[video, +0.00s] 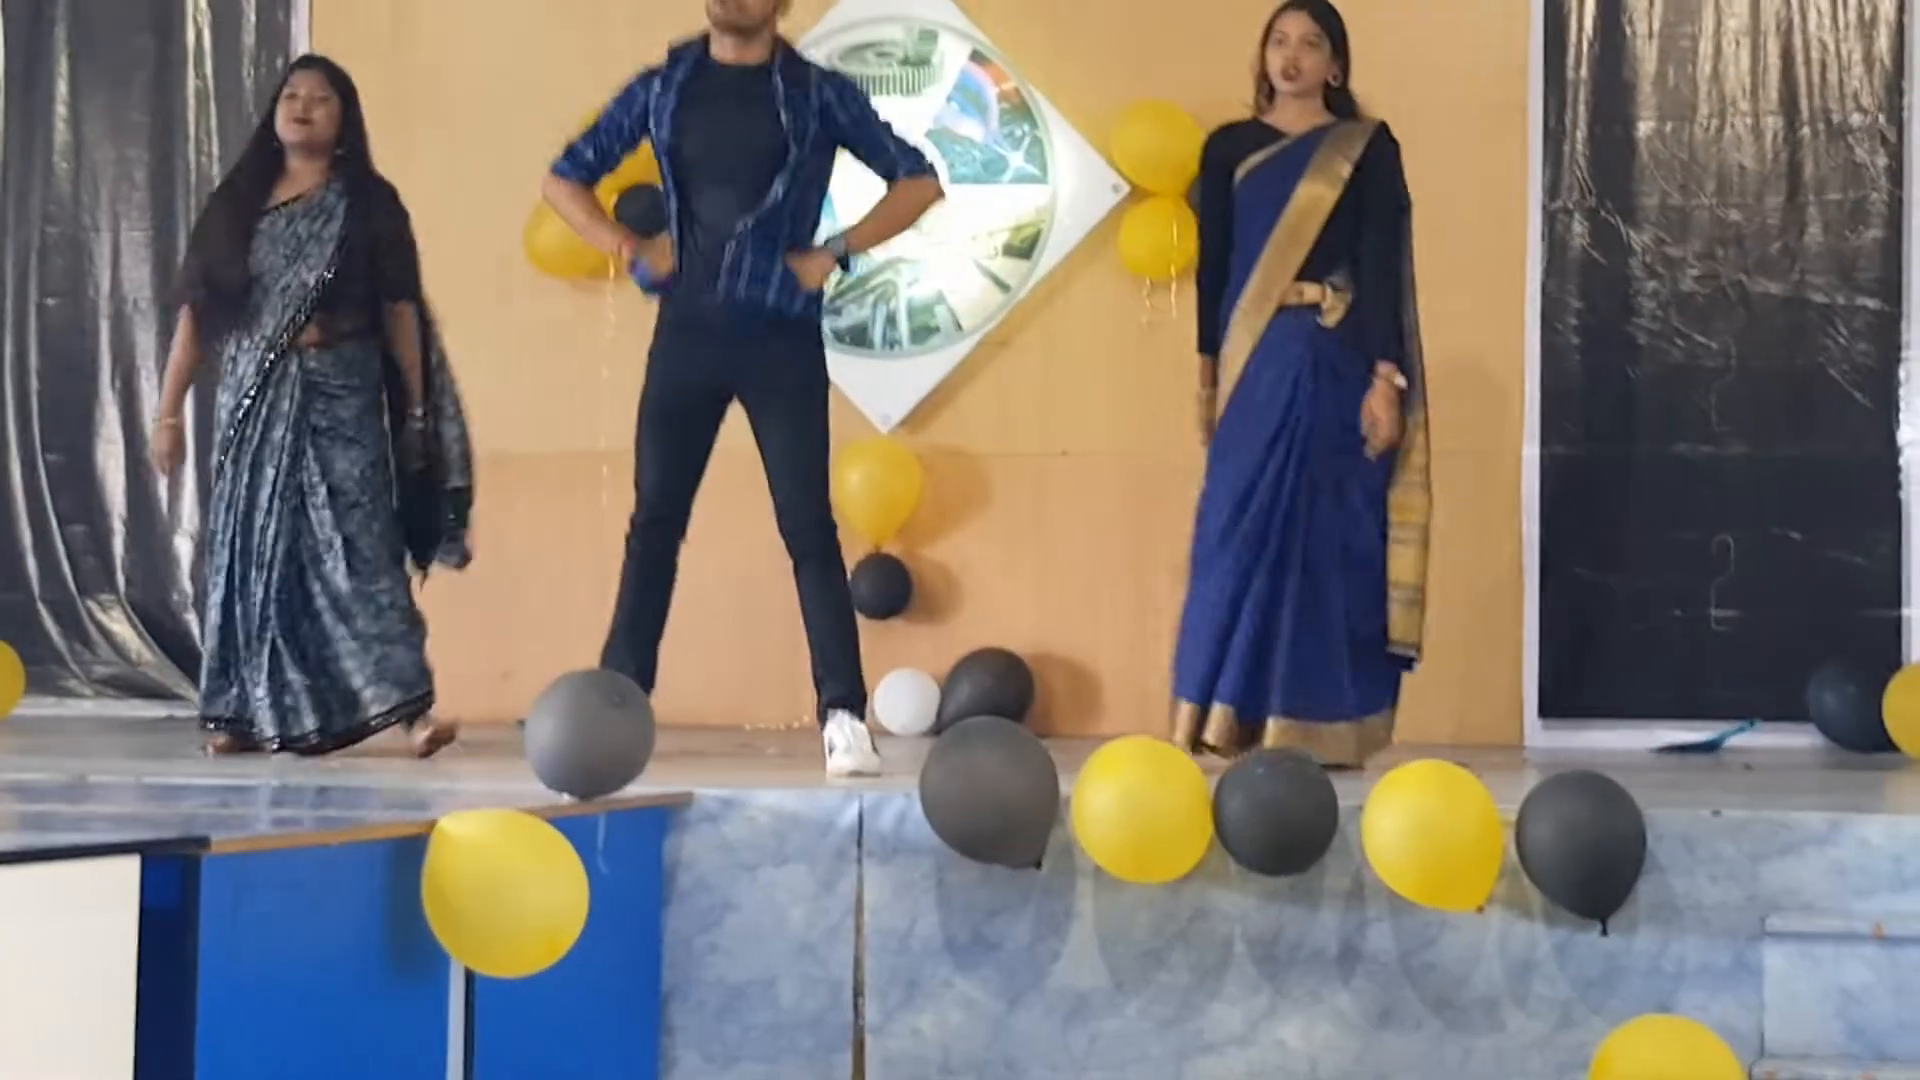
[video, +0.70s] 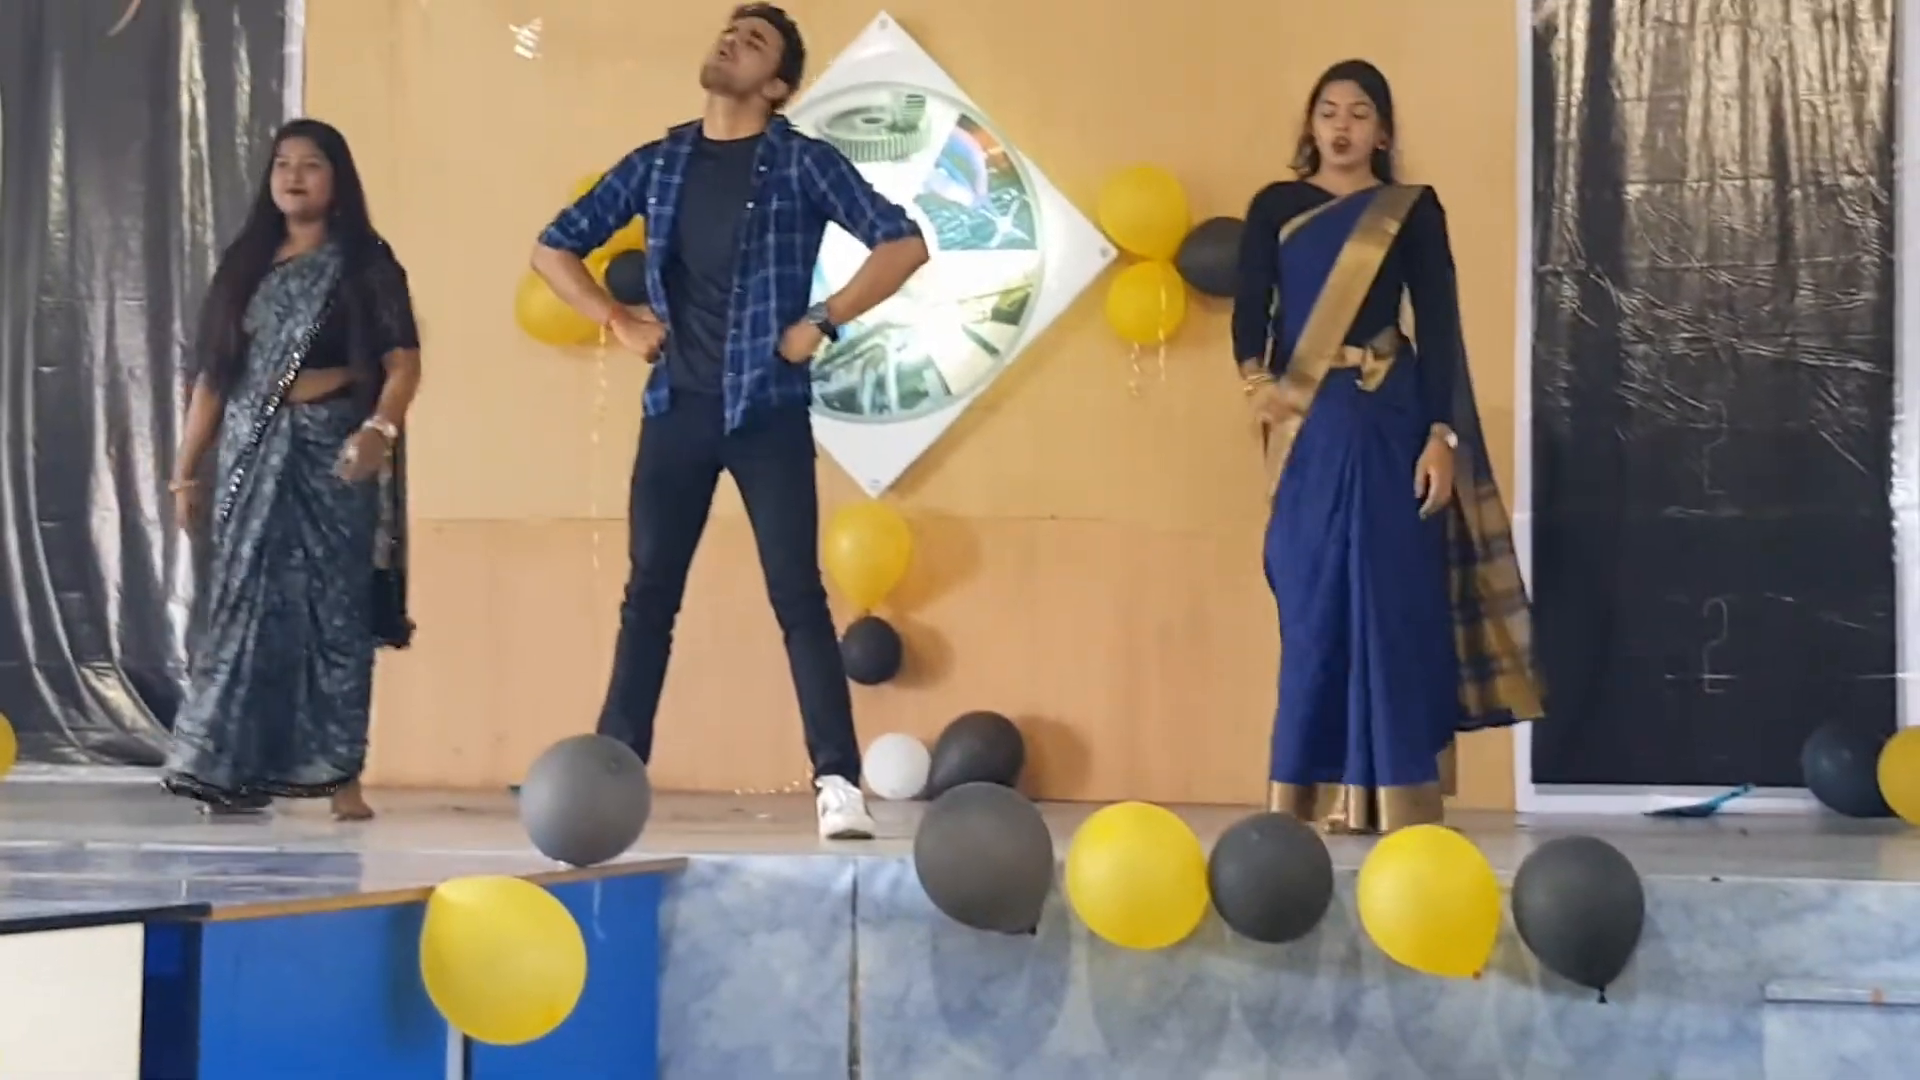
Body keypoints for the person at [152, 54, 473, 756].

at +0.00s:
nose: (302, 108)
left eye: (319, 99)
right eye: (291, 98)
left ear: (345, 116)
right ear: (272, 113)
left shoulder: (372, 200)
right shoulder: (237, 199)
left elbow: (401, 310)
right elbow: (197, 311)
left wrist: (418, 410)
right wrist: (168, 412)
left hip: (341, 396)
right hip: (253, 396)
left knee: (363, 543)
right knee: (246, 548)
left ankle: (415, 708)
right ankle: (238, 713)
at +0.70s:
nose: (295, 178)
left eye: (312, 166)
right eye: (284, 166)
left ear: (339, 179)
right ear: (269, 179)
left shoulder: (367, 262)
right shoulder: (246, 263)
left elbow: (402, 362)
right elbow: (213, 375)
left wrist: (381, 427)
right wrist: (187, 468)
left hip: (336, 454)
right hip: (254, 453)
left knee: (339, 607)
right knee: (248, 601)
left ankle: (344, 775)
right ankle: (235, 773)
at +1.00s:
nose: (287, 269)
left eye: (302, 258)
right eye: (274, 255)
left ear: (322, 268)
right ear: (253, 264)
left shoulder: (349, 339)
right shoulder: (228, 343)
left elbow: (391, 435)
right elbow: (202, 446)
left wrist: (367, 506)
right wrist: (161, 513)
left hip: (327, 529)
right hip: (250, 530)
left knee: (324, 685)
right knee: (253, 682)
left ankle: (334, 849)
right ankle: (266, 854)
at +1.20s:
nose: (326, 350)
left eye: (341, 339)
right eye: (314, 335)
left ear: (356, 346)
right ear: (288, 337)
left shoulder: (376, 415)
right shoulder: (255, 408)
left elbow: (401, 513)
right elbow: (215, 483)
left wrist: (381, 583)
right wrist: (222, 543)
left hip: (351, 605)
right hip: (271, 603)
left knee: (344, 760)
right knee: (265, 757)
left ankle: (346, 920)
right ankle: (267, 918)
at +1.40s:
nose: (425, 395)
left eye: (440, 384)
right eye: (414, 380)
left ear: (457, 393)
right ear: (387, 381)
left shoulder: (470, 464)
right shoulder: (345, 445)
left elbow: (482, 553)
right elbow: (288, 524)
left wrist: (467, 613)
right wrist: (318, 553)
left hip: (429, 646)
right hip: (350, 644)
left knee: (440, 786)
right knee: (351, 793)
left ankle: (458, 941)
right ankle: (353, 958)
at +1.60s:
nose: (500, 422)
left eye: (515, 410)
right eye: (487, 409)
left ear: (535, 422)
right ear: (466, 418)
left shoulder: (553, 506)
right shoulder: (426, 489)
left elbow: (559, 604)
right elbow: (378, 567)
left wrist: (540, 658)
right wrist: (389, 614)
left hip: (503, 686)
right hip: (420, 680)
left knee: (514, 833)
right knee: (411, 827)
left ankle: (536, 993)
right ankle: (408, 985)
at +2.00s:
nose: (544, 474)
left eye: (559, 460)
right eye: (530, 463)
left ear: (583, 469)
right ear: (513, 475)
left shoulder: (619, 553)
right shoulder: (479, 549)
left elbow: (647, 660)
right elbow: (432, 647)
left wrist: (603, 621)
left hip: (577, 746)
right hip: (487, 748)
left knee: (571, 914)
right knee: (485, 911)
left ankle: (569, 1062)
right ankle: (482, 1062)